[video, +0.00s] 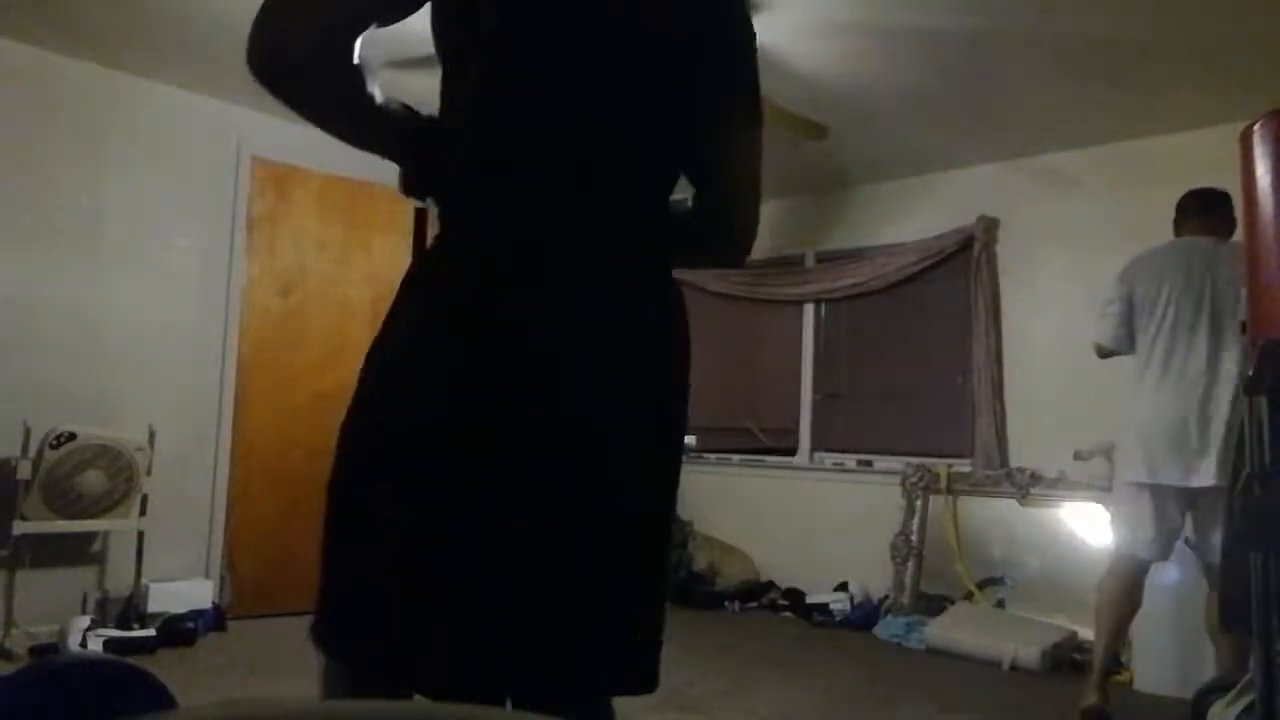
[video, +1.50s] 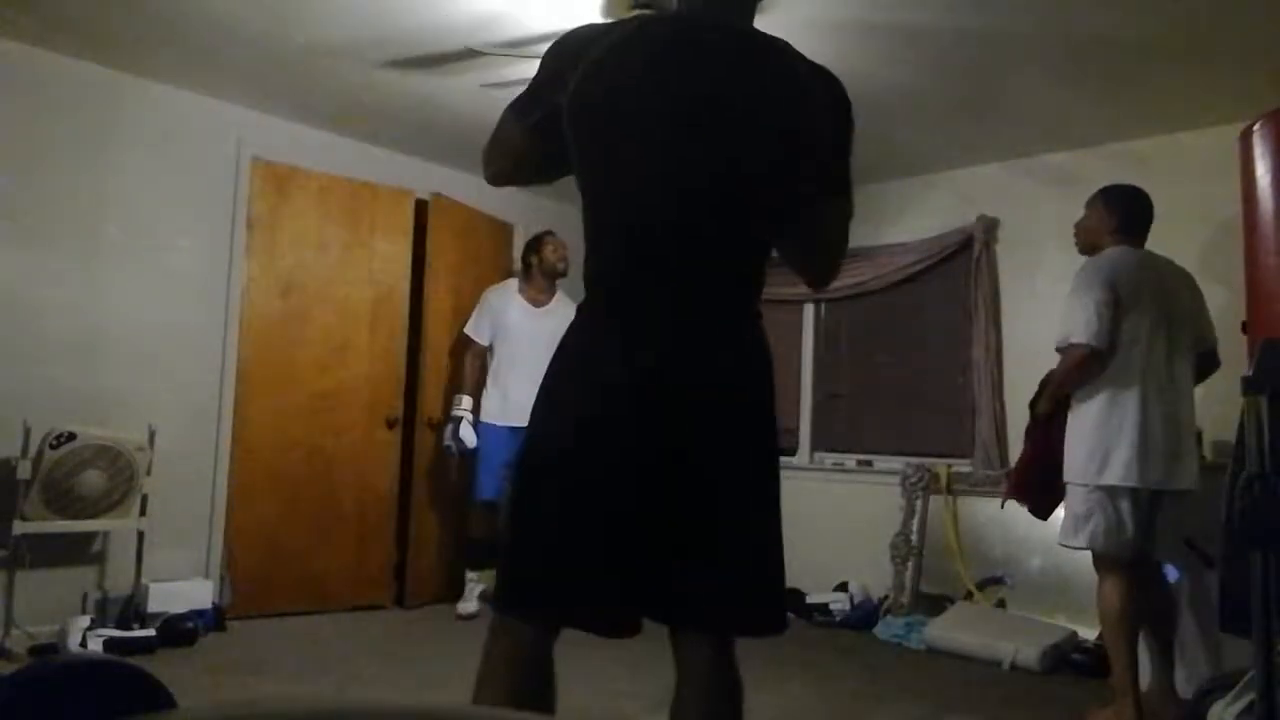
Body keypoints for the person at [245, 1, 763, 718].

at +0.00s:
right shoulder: (714, 15)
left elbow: (288, 45)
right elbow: (727, 228)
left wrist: (417, 143)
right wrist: (597, 224)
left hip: (460, 293)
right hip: (619, 315)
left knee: (370, 655)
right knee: (574, 671)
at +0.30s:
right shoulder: (670, 5)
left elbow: (232, 120)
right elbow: (746, 190)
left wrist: (391, 166)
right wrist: (628, 195)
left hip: (433, 324)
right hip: (583, 330)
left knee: (396, 678)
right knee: (576, 680)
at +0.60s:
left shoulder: (343, 8)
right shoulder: (626, 8)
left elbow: (270, 182)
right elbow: (689, 196)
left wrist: (418, 175)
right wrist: (589, 113)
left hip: (417, 327)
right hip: (563, 328)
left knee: (368, 659)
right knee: (546, 659)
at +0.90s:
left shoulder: (431, 21)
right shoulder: (655, 22)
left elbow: (367, 194)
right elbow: (713, 222)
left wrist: (485, 154)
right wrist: (673, 79)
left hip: (460, 359)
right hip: (598, 363)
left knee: (400, 660)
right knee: (644, 653)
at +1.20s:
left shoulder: (534, 48)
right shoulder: (757, 67)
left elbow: (471, 192)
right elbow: (791, 247)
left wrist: (576, 151)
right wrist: (779, 136)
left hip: (559, 361)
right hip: (686, 367)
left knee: (477, 636)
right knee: (686, 646)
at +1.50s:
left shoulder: (594, 54)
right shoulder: (808, 89)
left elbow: (504, 162)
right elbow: (819, 260)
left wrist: (607, 106)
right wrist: (754, 161)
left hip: (602, 363)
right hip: (723, 373)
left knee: (523, 620)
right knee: (705, 636)